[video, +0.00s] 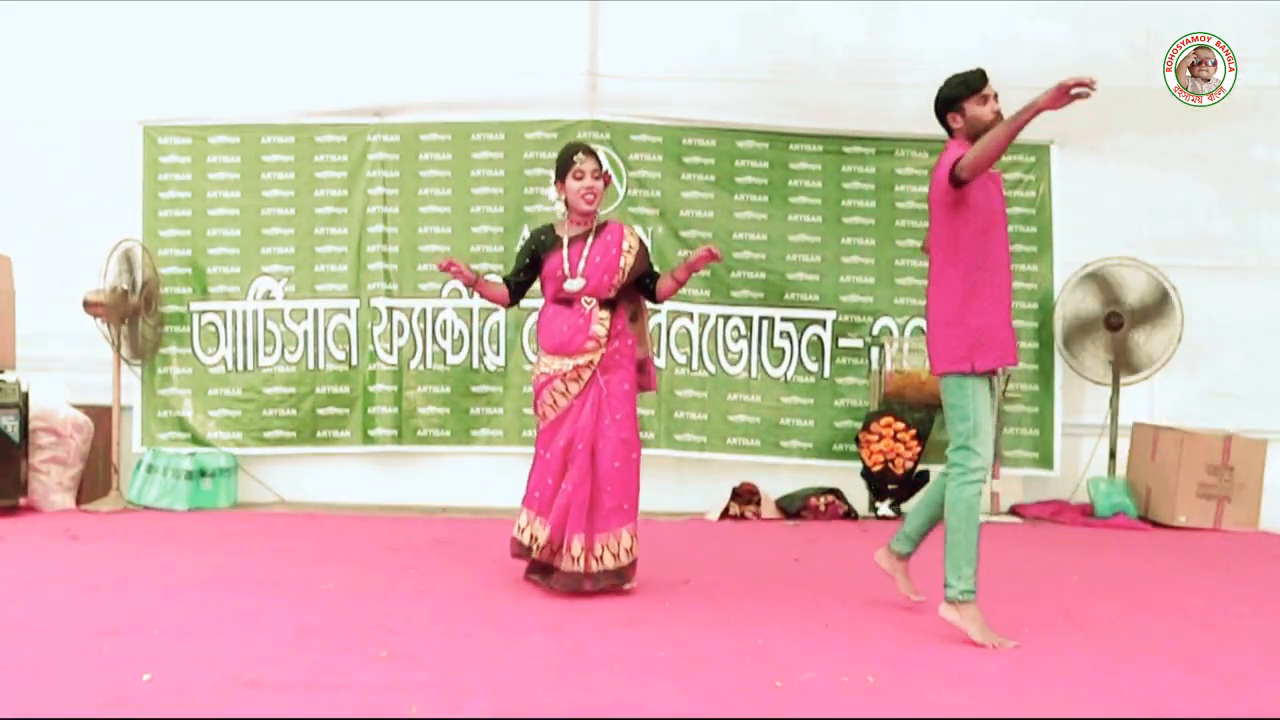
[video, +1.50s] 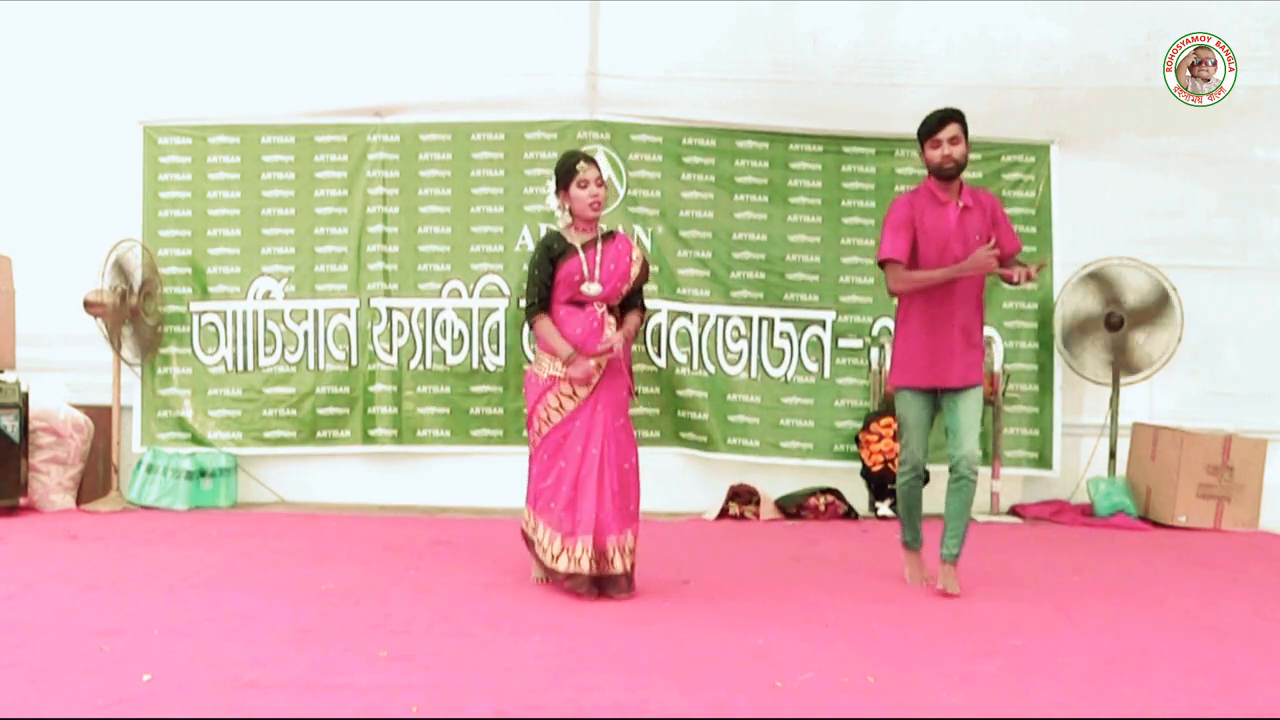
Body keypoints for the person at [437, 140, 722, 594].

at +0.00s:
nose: (590, 185)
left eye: (597, 177)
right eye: (580, 177)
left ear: (606, 185)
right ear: (561, 187)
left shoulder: (624, 239)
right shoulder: (544, 240)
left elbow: (656, 291)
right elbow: (509, 294)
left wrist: (688, 266)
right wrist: (471, 279)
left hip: (613, 362)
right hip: (559, 363)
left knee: (609, 456)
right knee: (560, 454)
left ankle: (604, 560)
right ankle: (558, 555)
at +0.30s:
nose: (612, 204)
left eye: (617, 194)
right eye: (600, 197)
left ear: (625, 199)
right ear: (580, 207)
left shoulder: (634, 253)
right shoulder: (576, 258)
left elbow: (663, 318)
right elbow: (582, 321)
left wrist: (658, 286)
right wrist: (639, 302)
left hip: (630, 379)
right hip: (584, 381)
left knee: (636, 471)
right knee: (606, 471)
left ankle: (610, 560)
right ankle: (553, 538)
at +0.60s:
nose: (642, 191)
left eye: (644, 183)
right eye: (630, 185)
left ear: (644, 188)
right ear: (607, 196)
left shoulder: (627, 241)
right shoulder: (618, 241)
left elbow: (639, 307)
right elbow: (631, 311)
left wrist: (679, 305)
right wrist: (686, 320)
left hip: (635, 375)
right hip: (627, 378)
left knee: (636, 473)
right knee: (655, 476)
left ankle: (591, 565)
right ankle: (630, 592)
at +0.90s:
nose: (642, 181)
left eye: (643, 171)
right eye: (629, 175)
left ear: (646, 177)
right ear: (607, 187)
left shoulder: (630, 230)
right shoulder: (616, 229)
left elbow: (627, 289)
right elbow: (589, 282)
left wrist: (669, 303)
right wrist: (627, 295)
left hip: (637, 360)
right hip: (624, 365)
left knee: (660, 458)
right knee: (663, 461)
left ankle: (608, 545)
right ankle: (633, 582)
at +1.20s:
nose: (615, 193)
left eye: (619, 184)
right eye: (603, 185)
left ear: (625, 188)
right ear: (581, 195)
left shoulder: (635, 239)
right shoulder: (573, 242)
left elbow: (660, 293)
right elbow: (580, 308)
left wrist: (647, 286)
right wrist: (641, 304)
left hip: (626, 364)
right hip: (583, 366)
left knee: (636, 457)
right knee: (601, 460)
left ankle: (630, 562)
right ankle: (579, 562)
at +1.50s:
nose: (596, 193)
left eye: (600, 184)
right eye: (584, 186)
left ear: (607, 189)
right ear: (564, 196)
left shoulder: (624, 246)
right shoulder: (552, 247)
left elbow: (636, 307)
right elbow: (535, 312)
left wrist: (621, 340)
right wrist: (572, 356)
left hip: (610, 368)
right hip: (560, 368)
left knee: (610, 459)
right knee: (566, 459)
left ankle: (608, 562)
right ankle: (568, 562)